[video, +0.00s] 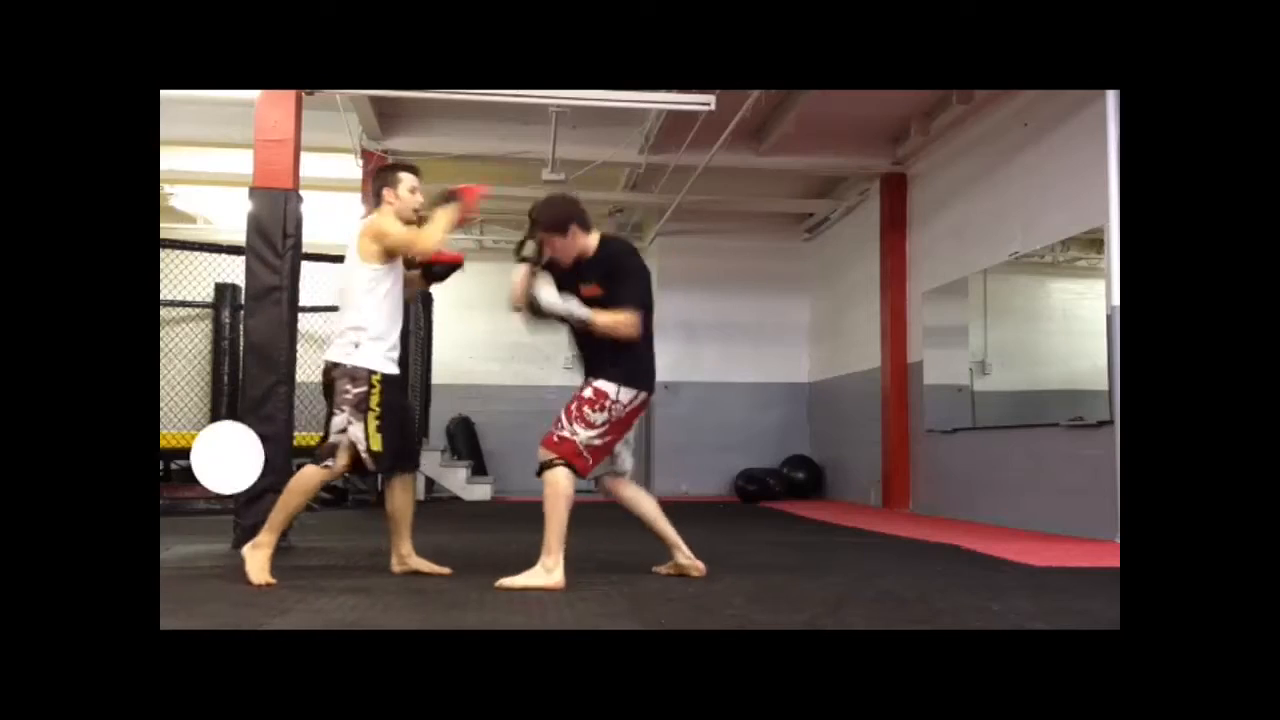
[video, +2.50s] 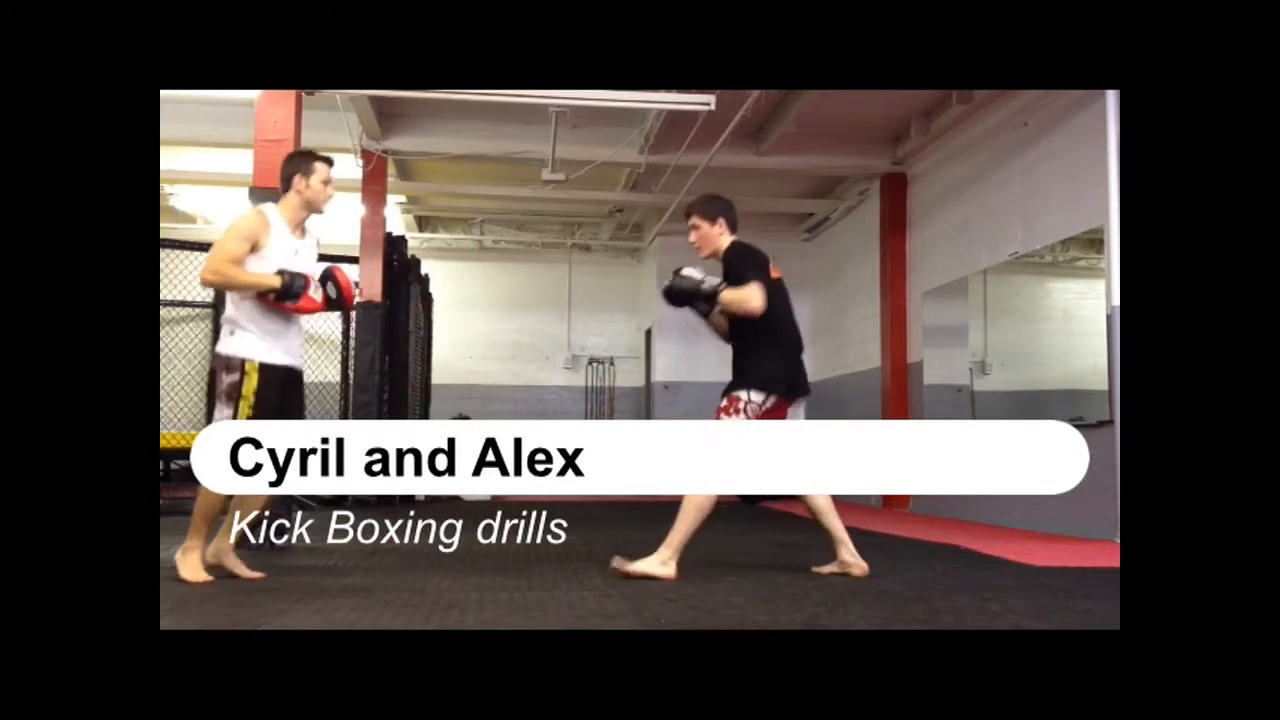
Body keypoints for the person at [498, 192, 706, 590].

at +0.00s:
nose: (546, 252)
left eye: (549, 242)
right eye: (542, 244)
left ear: (572, 230)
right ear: (566, 233)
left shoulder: (621, 257)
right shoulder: (564, 266)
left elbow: (631, 326)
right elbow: (525, 304)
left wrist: (569, 309)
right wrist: (529, 272)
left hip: (624, 379)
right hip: (603, 377)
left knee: (556, 456)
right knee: (614, 481)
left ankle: (550, 566)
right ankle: (684, 556)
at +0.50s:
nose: (558, 219)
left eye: (559, 212)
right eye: (557, 213)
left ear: (578, 206)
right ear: (598, 205)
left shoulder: (577, 230)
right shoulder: (637, 233)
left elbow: (546, 261)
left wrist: (491, 263)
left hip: (590, 356)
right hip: (641, 357)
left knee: (535, 439)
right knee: (652, 452)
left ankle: (523, 534)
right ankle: (680, 554)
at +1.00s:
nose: (520, 207)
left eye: (524, 197)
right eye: (519, 198)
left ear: (547, 192)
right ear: (544, 193)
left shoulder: (594, 228)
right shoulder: (542, 238)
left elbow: (601, 291)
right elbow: (498, 258)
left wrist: (552, 267)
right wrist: (452, 225)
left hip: (593, 362)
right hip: (575, 363)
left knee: (547, 456)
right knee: (609, 456)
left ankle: (532, 565)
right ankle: (674, 540)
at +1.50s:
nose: (609, 210)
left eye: (612, 202)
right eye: (609, 203)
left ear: (634, 201)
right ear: (648, 206)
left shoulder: (619, 226)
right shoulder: (679, 254)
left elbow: (604, 267)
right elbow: (667, 307)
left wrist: (552, 278)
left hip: (582, 342)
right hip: (630, 365)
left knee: (499, 385)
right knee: (628, 456)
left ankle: (432, 443)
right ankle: (616, 554)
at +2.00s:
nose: (653, 231)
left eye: (655, 221)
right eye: (651, 222)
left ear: (677, 214)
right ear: (691, 216)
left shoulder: (686, 243)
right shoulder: (726, 253)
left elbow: (681, 282)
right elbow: (706, 297)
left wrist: (635, 278)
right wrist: (649, 287)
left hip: (699, 366)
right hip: (735, 367)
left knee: (636, 436)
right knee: (758, 454)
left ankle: (642, 535)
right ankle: (818, 540)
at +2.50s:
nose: (691, 238)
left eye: (696, 229)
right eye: (689, 230)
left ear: (720, 225)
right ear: (721, 228)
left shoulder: (740, 254)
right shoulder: (743, 265)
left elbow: (755, 302)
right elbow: (733, 332)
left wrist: (708, 288)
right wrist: (704, 306)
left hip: (761, 380)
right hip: (784, 379)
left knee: (711, 465)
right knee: (801, 466)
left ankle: (665, 557)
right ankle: (848, 553)